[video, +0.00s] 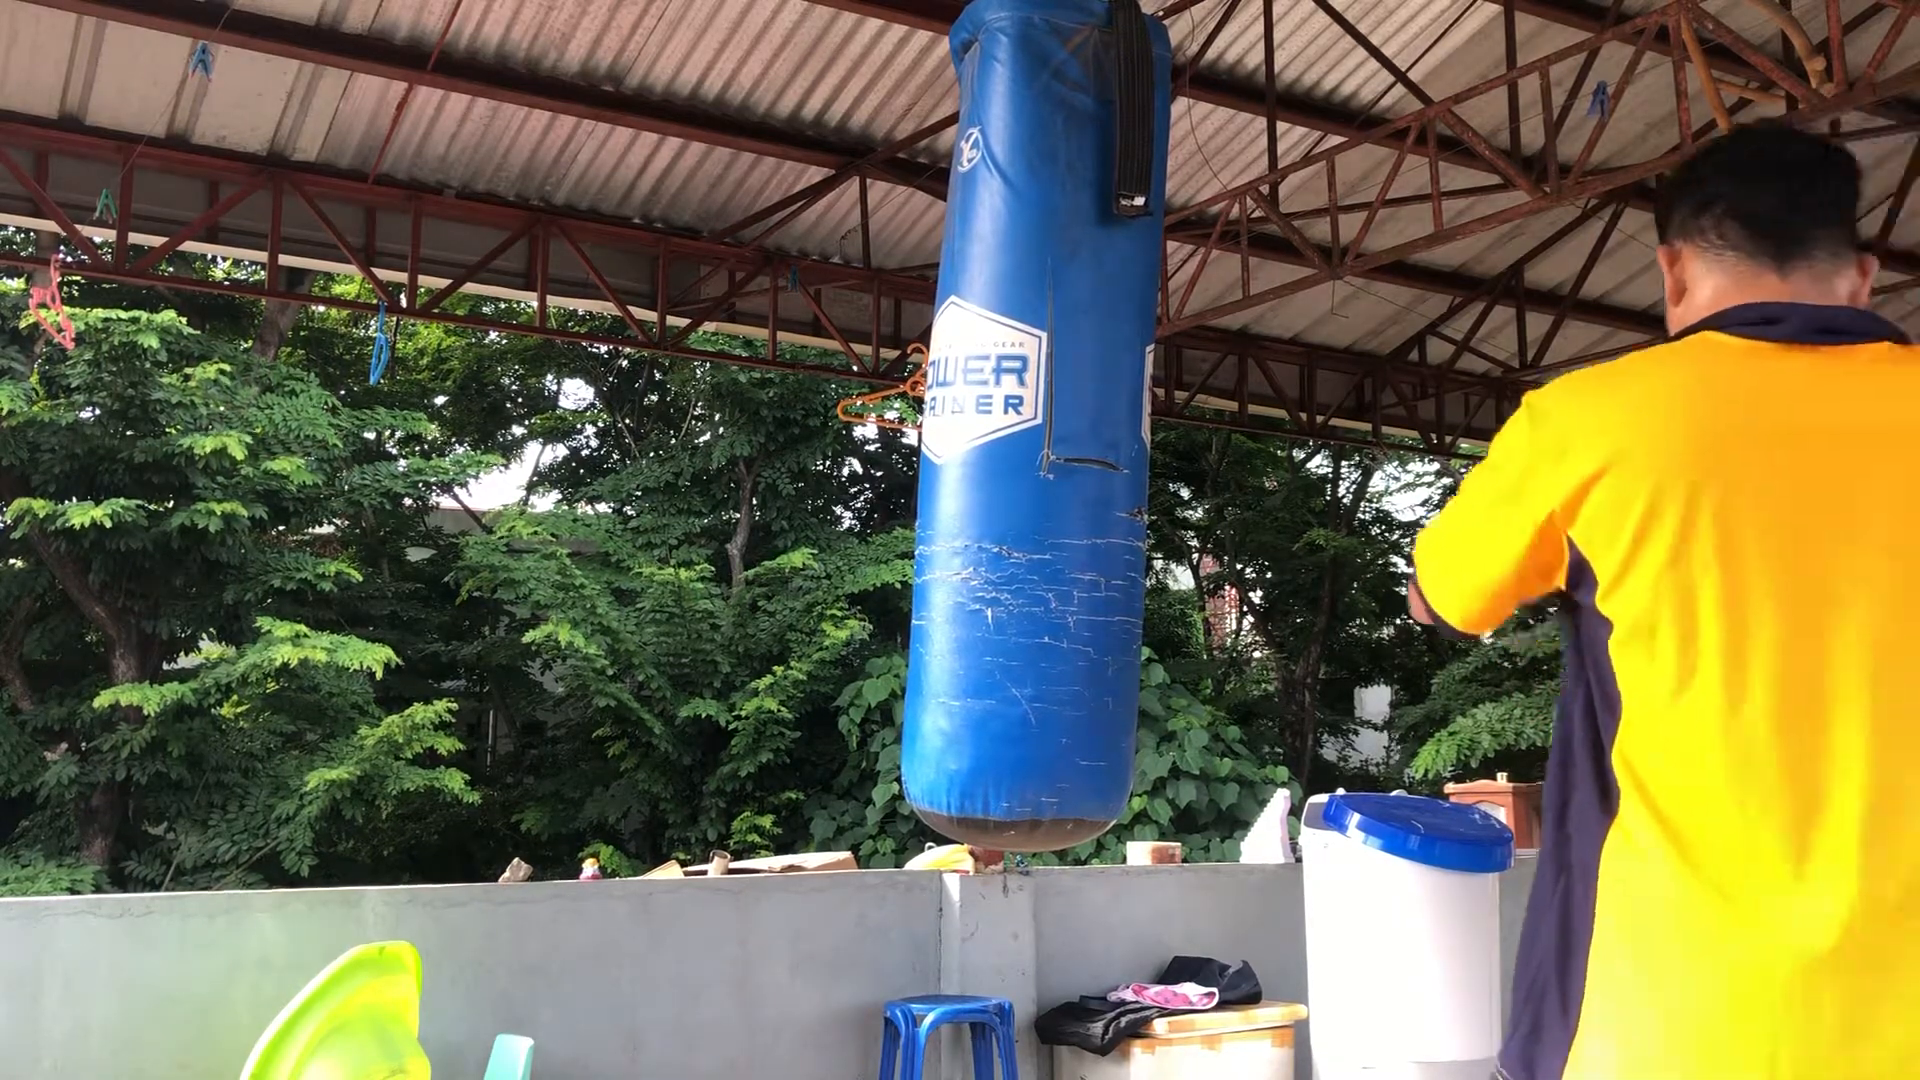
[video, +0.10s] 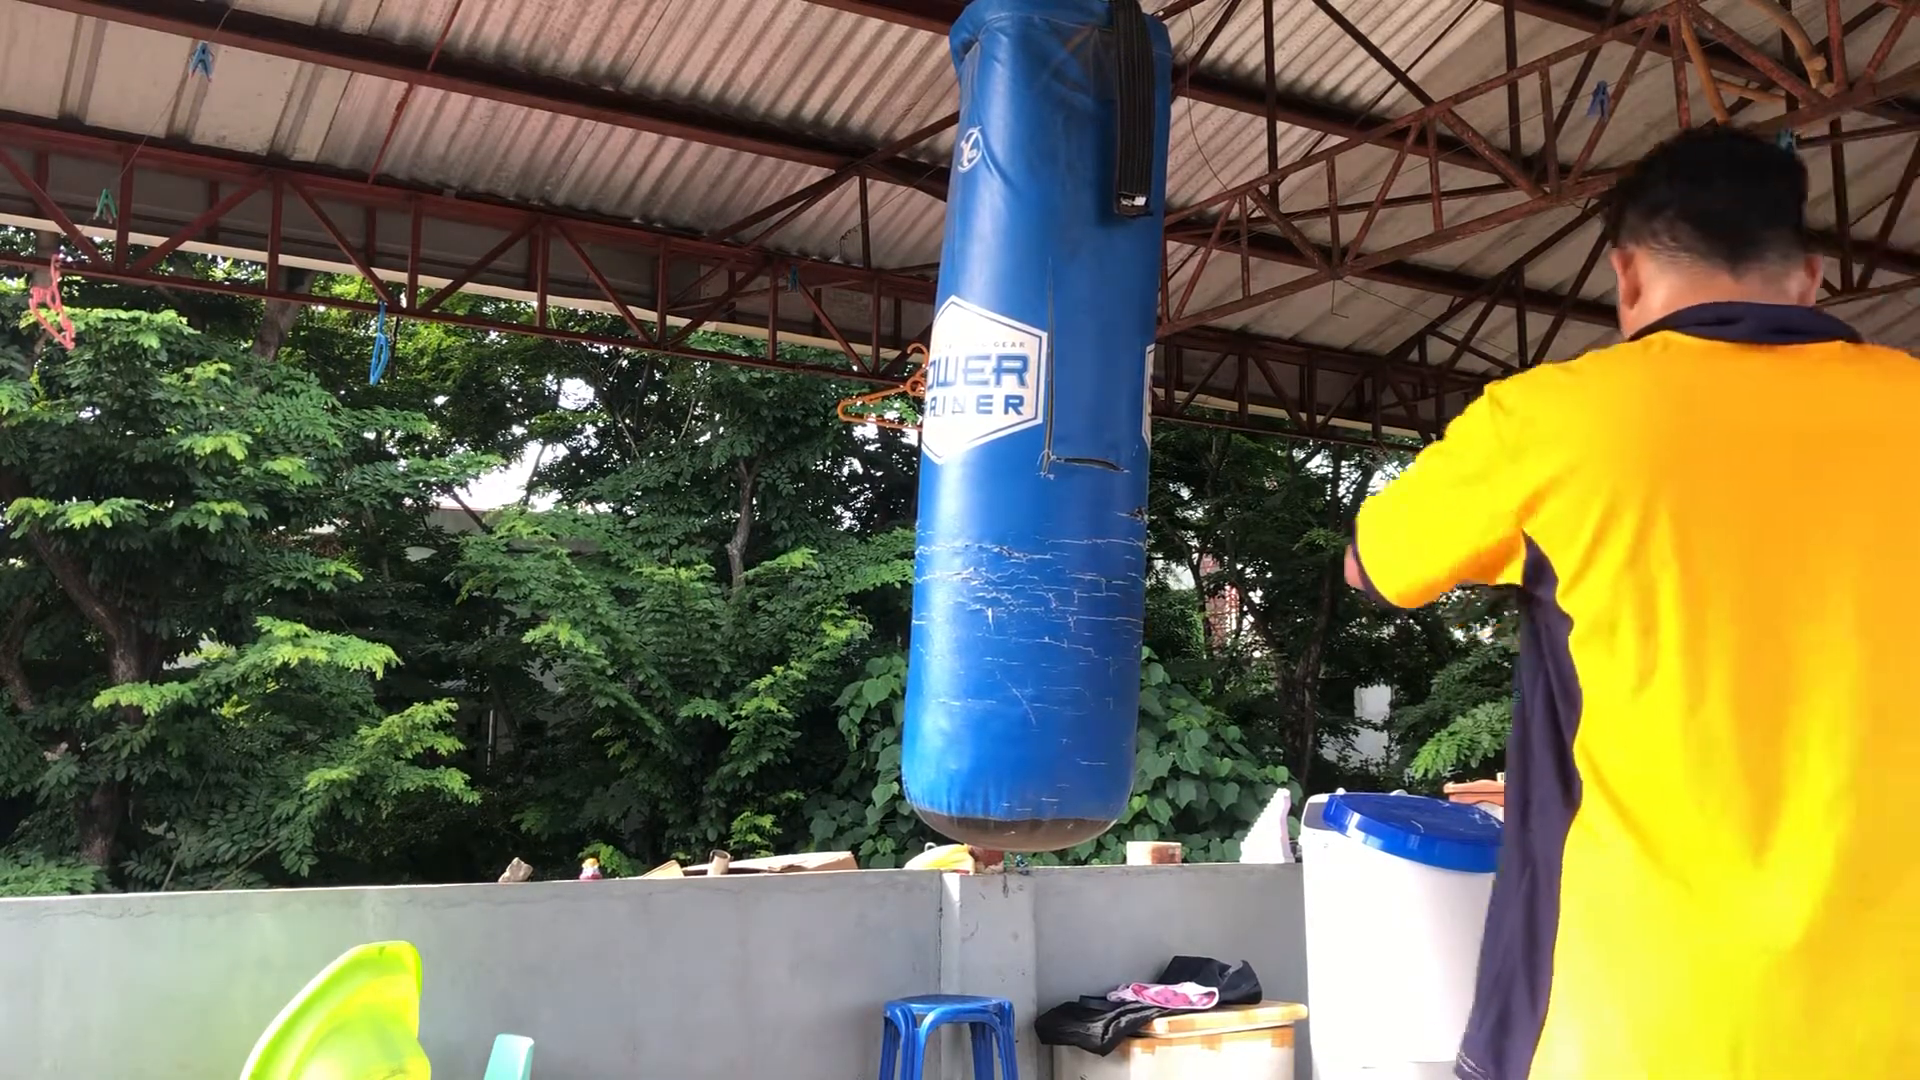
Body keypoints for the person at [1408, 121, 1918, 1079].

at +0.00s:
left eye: (1662, 289)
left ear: (1672, 278)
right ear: (1862, 283)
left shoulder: (1595, 413)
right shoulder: (1907, 387)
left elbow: (1446, 595)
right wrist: (1548, 811)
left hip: (1673, 1030)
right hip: (1897, 1024)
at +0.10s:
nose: (1618, 314)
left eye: (1616, 294)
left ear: (1628, 280)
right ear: (1813, 283)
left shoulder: (1554, 413)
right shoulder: (1906, 391)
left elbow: (1376, 564)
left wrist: (1533, 510)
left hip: (1636, 1032)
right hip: (1890, 1025)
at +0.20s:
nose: (1589, 316)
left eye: (1583, 297)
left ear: (1600, 284)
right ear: (1778, 278)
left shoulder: (1528, 413)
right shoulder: (1903, 407)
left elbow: (1340, 538)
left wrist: (1507, 516)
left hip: (1604, 1032)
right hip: (1871, 1028)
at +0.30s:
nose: (1551, 322)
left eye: (1546, 303)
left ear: (1565, 284)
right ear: (1738, 278)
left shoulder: (1492, 406)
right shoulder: (1861, 407)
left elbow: (1310, 511)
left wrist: (1484, 523)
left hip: (1579, 1028)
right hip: (1836, 1021)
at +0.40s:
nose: (1521, 323)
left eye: (1516, 306)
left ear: (1535, 289)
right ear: (1707, 285)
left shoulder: (1466, 403)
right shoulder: (1829, 408)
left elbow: (1284, 508)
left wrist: (1449, 549)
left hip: (1552, 1027)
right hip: (1806, 1018)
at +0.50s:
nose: (1501, 330)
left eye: (1497, 313)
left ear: (1517, 297)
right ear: (1689, 294)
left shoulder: (1443, 408)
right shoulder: (1806, 410)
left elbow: (1269, 521)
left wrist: (1437, 555)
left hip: (1533, 1029)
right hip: (1789, 1020)